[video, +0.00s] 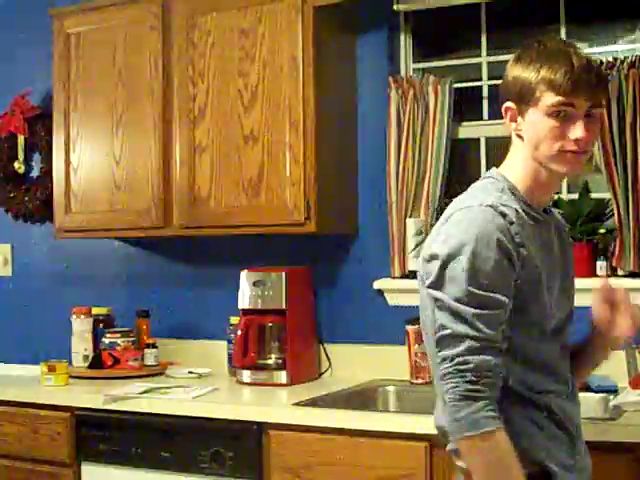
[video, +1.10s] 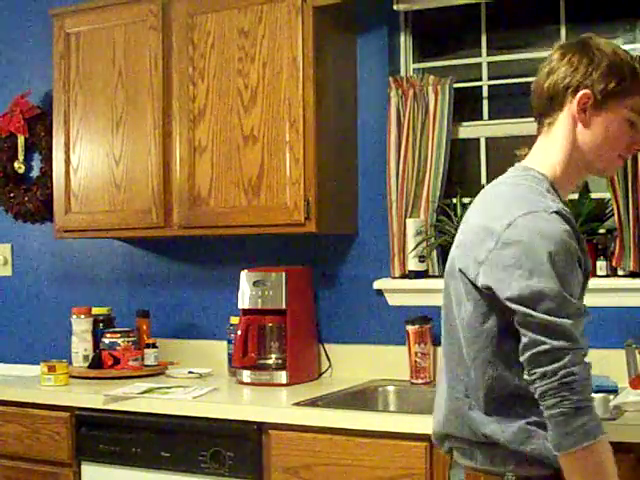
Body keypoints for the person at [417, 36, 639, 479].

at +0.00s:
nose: (581, 133)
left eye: (592, 115)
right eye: (561, 113)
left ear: (602, 122)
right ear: (514, 120)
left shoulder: (551, 226)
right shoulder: (477, 229)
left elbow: (549, 381)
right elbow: (468, 417)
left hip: (564, 461)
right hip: (513, 467)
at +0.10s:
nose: (580, 126)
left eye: (592, 109)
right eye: (560, 108)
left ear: (603, 118)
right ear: (517, 116)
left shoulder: (558, 222)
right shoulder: (482, 229)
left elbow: (544, 375)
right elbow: (489, 414)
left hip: (560, 460)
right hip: (506, 468)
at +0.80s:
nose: (622, 125)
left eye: (621, 110)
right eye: (610, 104)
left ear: (557, 102)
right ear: (557, 99)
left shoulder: (531, 213)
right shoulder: (516, 221)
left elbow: (562, 396)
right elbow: (515, 414)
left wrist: (609, 473)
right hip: (521, 467)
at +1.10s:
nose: (635, 146)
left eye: (637, 127)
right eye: (630, 122)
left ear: (580, 108)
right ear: (582, 108)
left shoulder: (502, 200)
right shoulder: (536, 226)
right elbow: (567, 409)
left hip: (482, 461)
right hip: (513, 469)